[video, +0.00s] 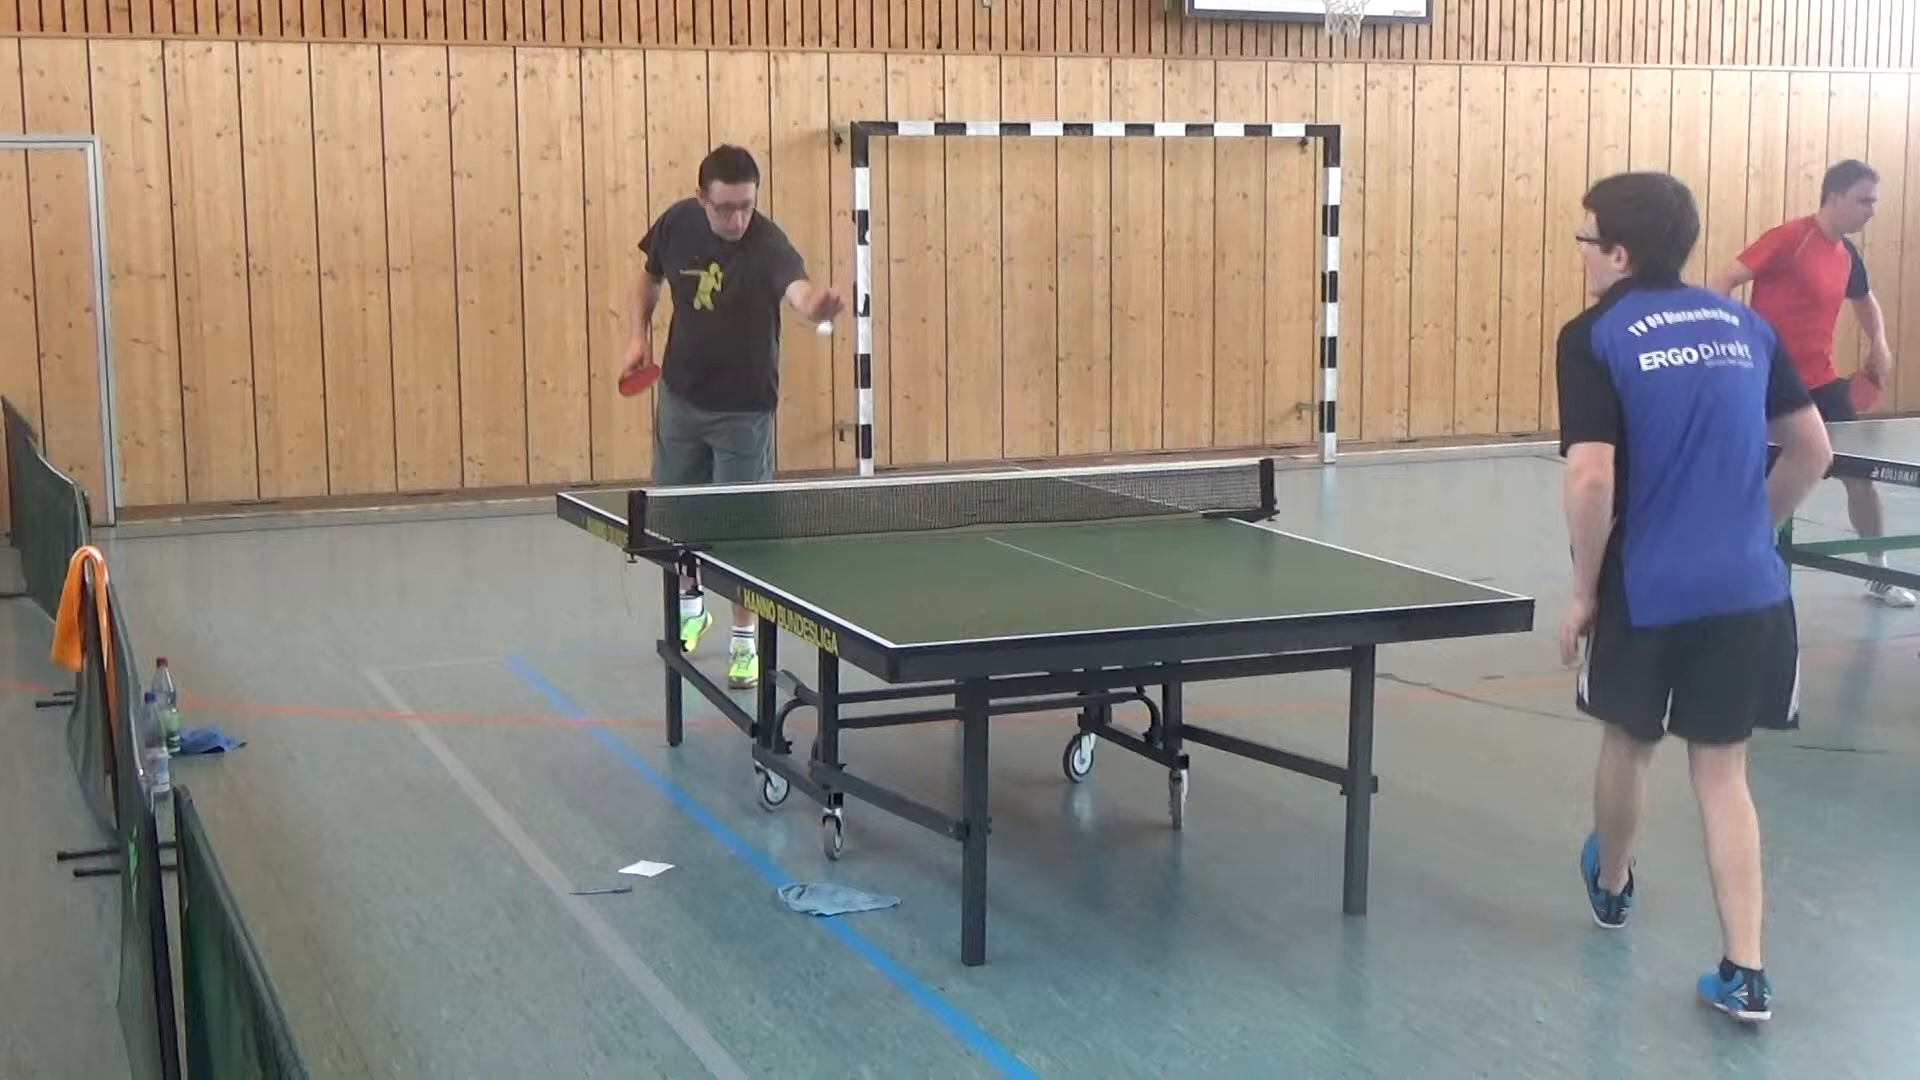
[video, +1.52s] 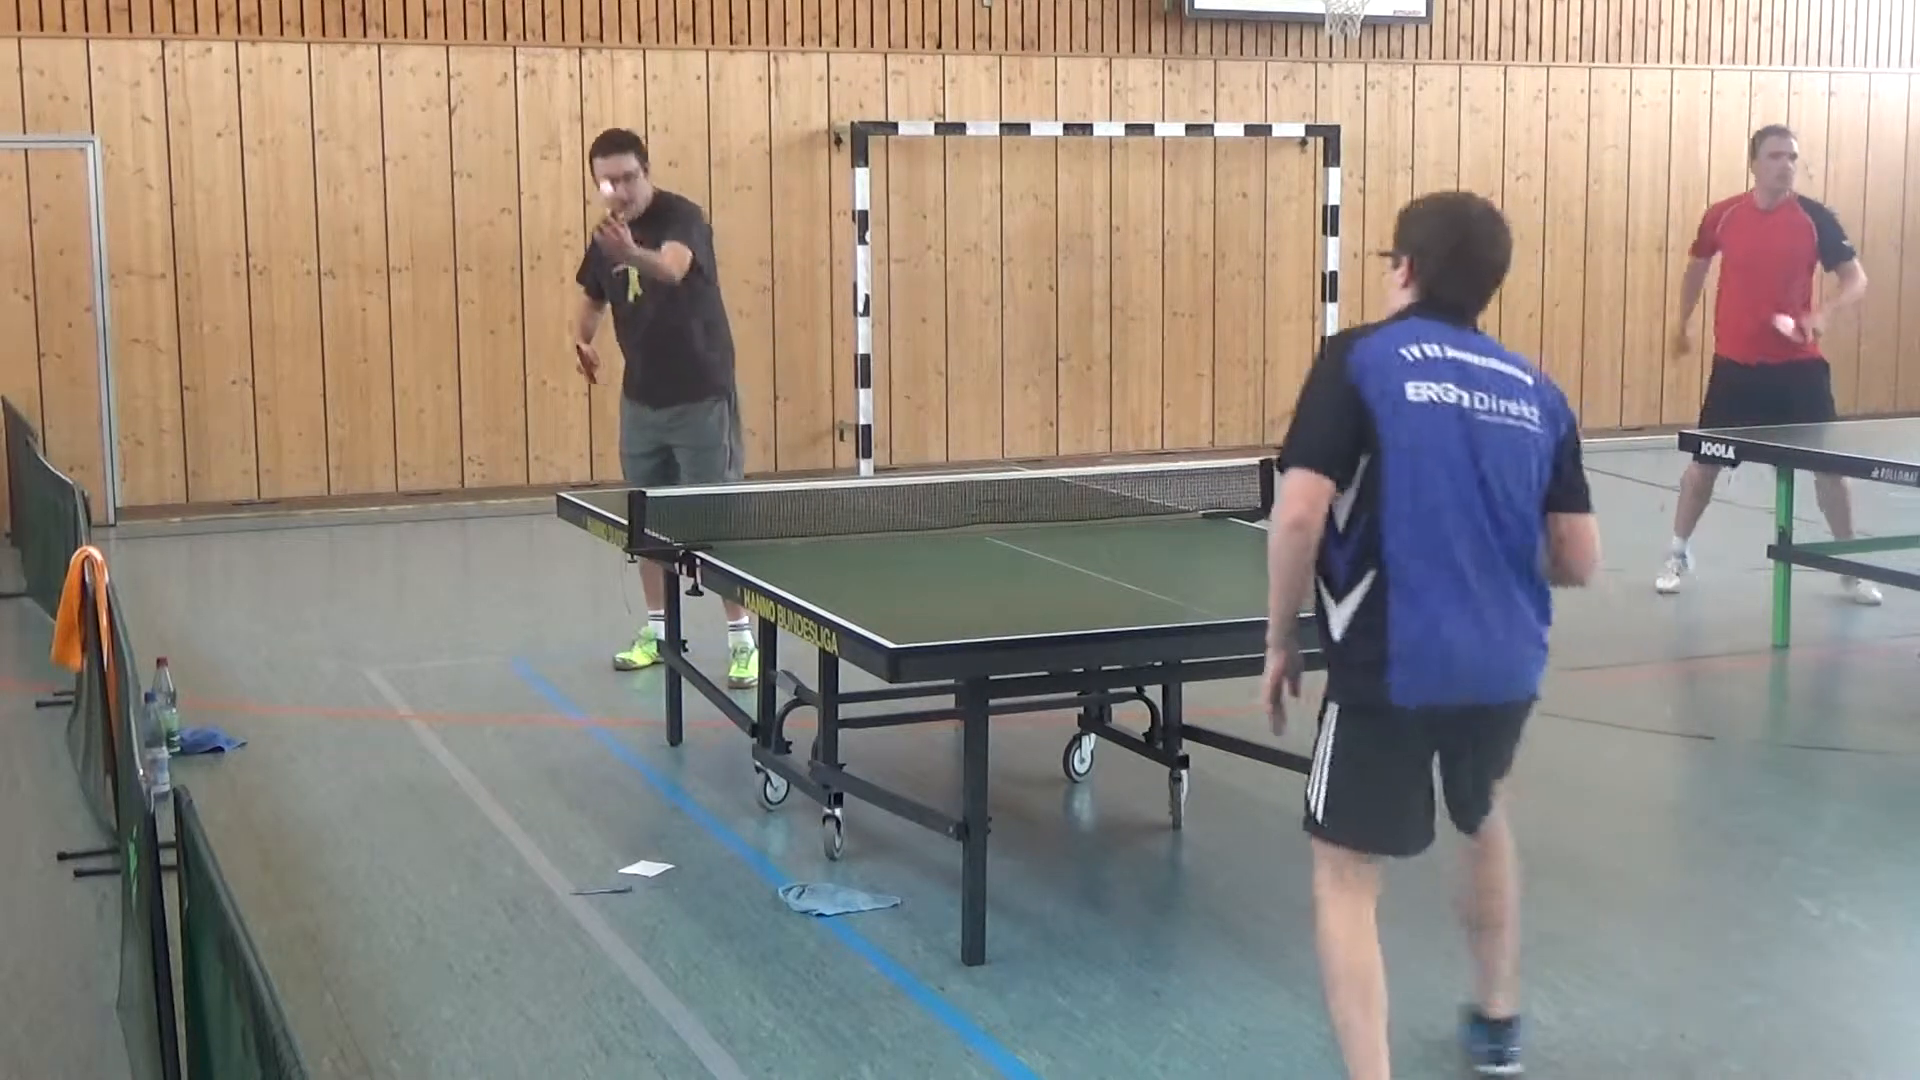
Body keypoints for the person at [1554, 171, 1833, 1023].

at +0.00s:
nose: (1579, 254)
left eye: (1588, 243)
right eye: (1582, 239)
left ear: (1624, 251)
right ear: (1673, 248)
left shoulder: (1591, 337)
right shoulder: (1747, 324)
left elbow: (1592, 475)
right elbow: (1811, 449)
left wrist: (1583, 590)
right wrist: (1754, 525)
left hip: (1646, 591)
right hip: (1747, 588)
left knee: (1627, 742)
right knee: (1724, 769)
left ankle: (1611, 882)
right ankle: (1746, 972)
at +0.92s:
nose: (1605, 220)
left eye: (1611, 207)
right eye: (1610, 205)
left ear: (1634, 214)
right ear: (1703, 218)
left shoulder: (1597, 285)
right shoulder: (1756, 311)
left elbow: (1573, 409)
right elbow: (1803, 461)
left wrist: (1548, 534)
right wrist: (1723, 473)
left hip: (1618, 562)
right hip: (1727, 572)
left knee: (1571, 742)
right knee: (1732, 776)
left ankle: (1552, 956)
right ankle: (1758, 996)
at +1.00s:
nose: (1591, 223)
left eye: (1598, 209)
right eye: (1595, 207)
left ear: (1626, 218)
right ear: (1694, 223)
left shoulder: (1585, 296)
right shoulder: (1753, 321)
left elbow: (1555, 425)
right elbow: (1784, 474)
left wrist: (1519, 566)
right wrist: (1696, 460)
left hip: (1605, 583)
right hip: (1720, 597)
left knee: (1525, 771)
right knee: (1733, 802)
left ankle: (1484, 994)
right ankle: (1787, 1027)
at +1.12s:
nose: (1560, 267)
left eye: (1566, 253)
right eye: (1564, 251)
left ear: (1594, 263)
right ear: (1665, 266)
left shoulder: (1554, 351)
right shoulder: (1722, 366)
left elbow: (1524, 494)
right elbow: (1747, 523)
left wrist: (1494, 635)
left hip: (1574, 649)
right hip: (1689, 655)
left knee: (1476, 831)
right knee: (1717, 839)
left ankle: (1402, 1048)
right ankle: (1788, 1042)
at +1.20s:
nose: (1531, 284)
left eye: (1537, 273)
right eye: (1534, 270)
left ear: (1560, 285)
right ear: (1633, 290)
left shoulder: (1519, 371)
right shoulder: (1687, 396)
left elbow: (1480, 529)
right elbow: (1708, 554)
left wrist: (1449, 664)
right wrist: (1608, 531)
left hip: (1525, 676)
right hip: (1639, 684)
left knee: (1439, 870)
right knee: (1682, 850)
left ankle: (1399, 1070)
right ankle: (1783, 1042)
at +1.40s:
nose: (1425, 292)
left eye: (1431, 280)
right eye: (1430, 278)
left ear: (1448, 296)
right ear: (1528, 308)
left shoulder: (1401, 381)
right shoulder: (1573, 415)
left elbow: (1337, 542)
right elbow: (1605, 588)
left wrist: (1317, 664)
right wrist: (1515, 552)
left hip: (1421, 691)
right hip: (1536, 692)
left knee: (1337, 877)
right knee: (1540, 814)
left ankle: (1368, 1072)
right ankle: (1658, 1005)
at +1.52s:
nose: (1384, 275)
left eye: (1390, 263)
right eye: (1392, 260)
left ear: (1409, 274)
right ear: (1487, 286)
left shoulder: (1358, 358)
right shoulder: (1540, 390)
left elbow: (1299, 514)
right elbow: (1577, 561)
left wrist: (1281, 640)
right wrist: (1497, 543)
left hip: (1391, 665)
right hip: (1508, 666)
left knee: (1345, 875)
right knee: (1483, 812)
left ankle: (1369, 1070)